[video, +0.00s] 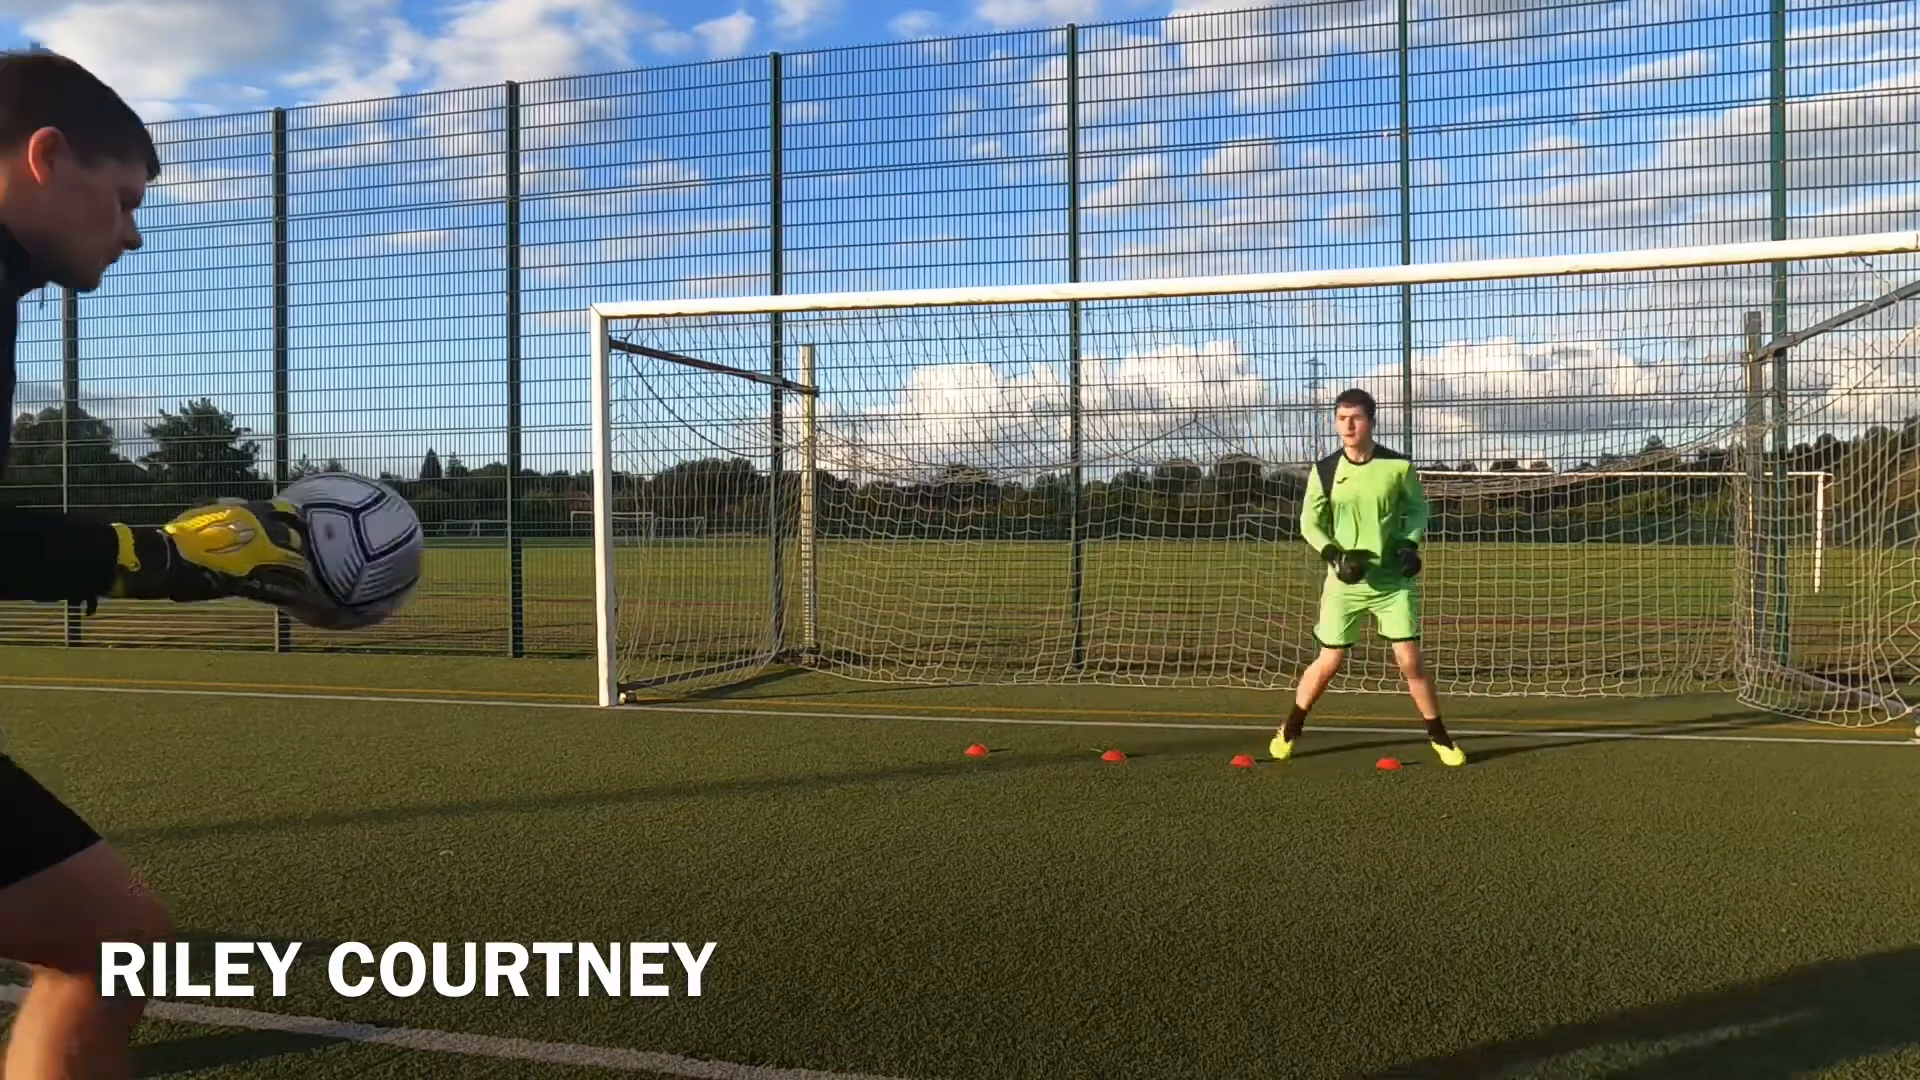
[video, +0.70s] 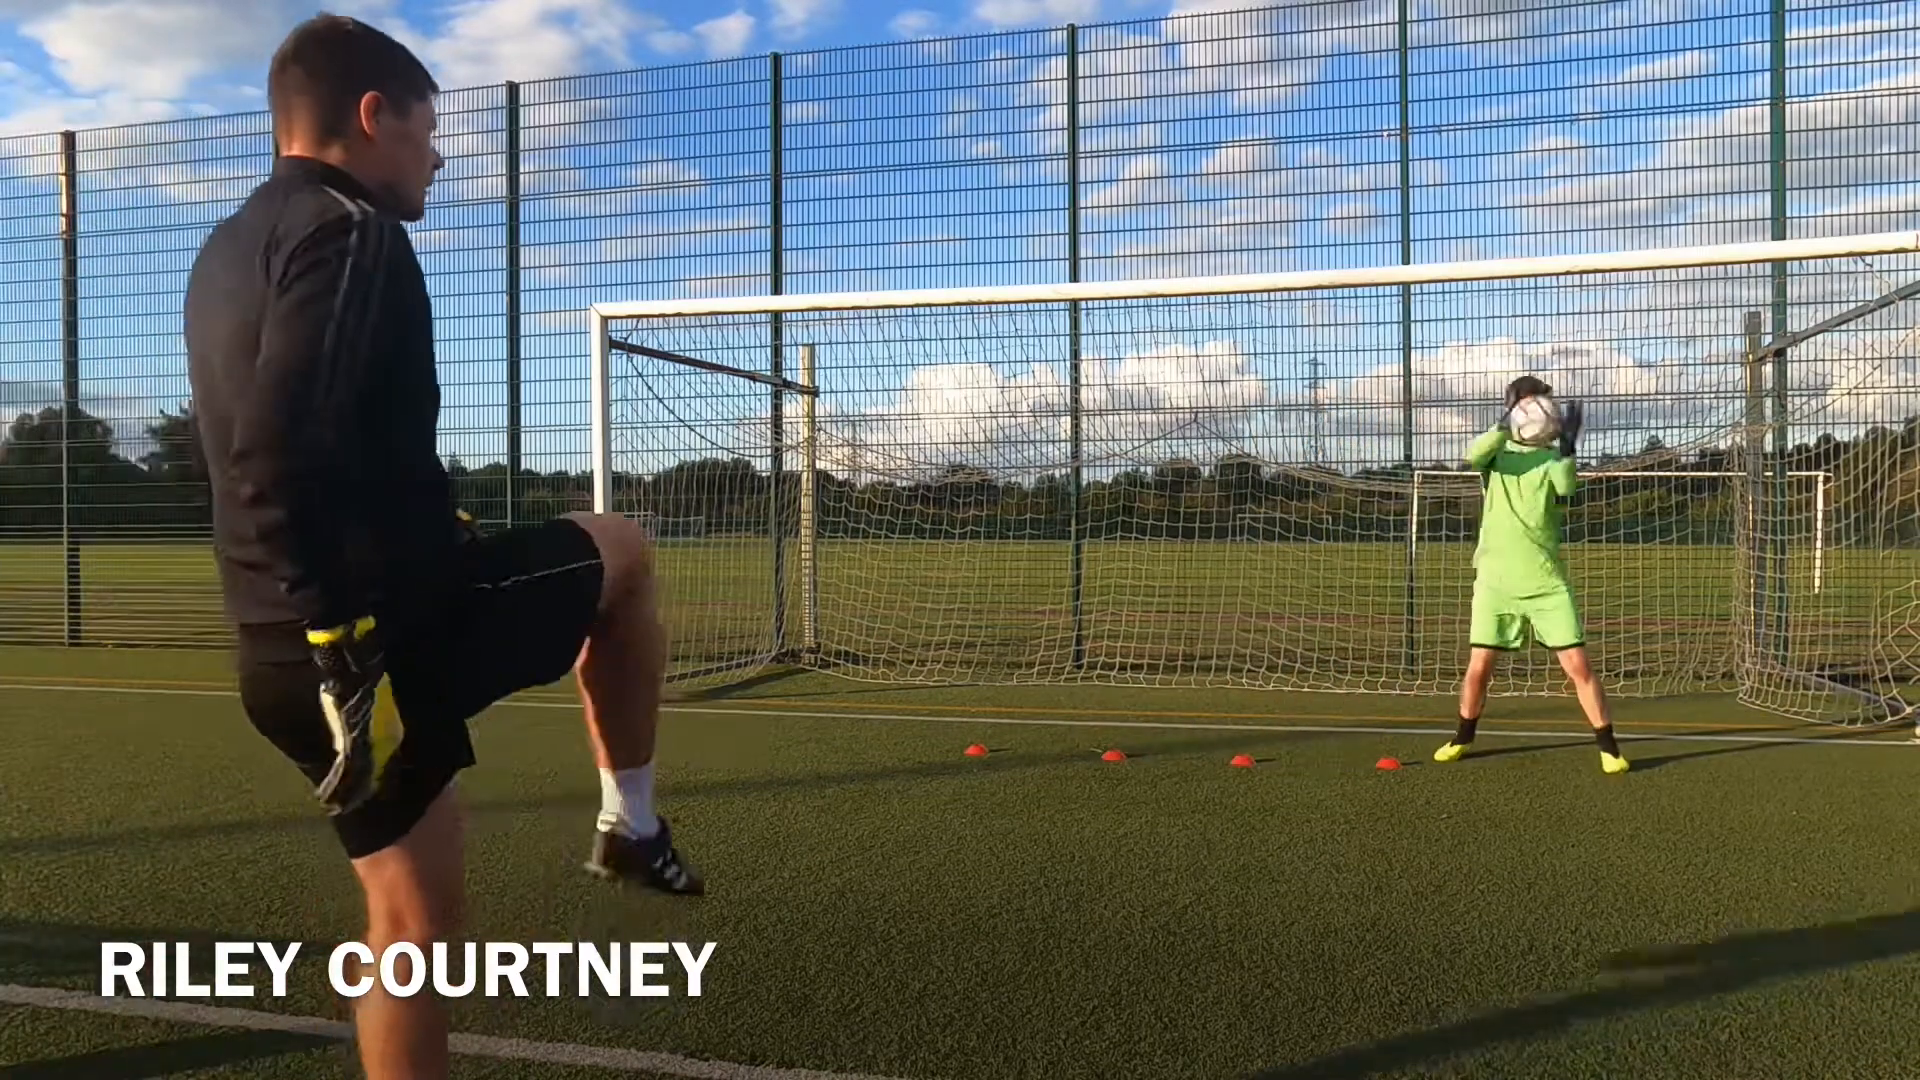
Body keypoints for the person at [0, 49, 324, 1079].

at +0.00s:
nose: (132, 237)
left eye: (137, 211)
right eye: (125, 201)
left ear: (39, 164)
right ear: (43, 159)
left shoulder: (6, 294)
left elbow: (10, 544)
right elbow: (12, 547)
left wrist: (158, 560)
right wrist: (152, 554)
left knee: (106, 938)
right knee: (110, 937)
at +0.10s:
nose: (224, 230)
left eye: (230, 207)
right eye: (220, 197)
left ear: (127, 160)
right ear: (149, 156)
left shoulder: (39, 247)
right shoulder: (96, 260)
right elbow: (64, 485)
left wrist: (229, 585)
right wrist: (212, 567)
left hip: (31, 722)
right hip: (31, 726)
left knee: (218, 963)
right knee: (223, 959)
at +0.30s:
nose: (362, 255)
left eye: (368, 231)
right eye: (361, 222)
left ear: (282, 183)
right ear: (303, 180)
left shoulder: (203, 266)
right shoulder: (221, 268)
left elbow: (55, 459)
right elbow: (81, 451)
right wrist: (122, 676)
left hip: (273, 684)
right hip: (242, 699)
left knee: (402, 926)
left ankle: (354, 1062)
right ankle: (339, 1061)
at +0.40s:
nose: (406, 245)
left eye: (413, 222)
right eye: (406, 211)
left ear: (311, 172)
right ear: (349, 171)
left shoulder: (236, 248)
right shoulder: (274, 243)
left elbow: (105, 408)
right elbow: (89, 395)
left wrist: (109, 619)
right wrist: (103, 596)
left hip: (215, 672)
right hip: (311, 651)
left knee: (377, 925)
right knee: (572, 730)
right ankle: (701, 926)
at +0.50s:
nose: (432, 219)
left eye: (434, 196)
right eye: (426, 189)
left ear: (339, 164)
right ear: (368, 162)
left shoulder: (272, 242)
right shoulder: (308, 235)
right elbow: (129, 369)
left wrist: (154, 579)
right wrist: (148, 556)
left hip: (252, 661)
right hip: (336, 643)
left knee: (406, 923)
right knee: (598, 613)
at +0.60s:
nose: (436, 197)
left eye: (437, 172)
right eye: (430, 168)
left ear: (324, 154)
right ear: (371, 146)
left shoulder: (233, 258)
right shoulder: (331, 238)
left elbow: (339, 463)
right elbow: (200, 421)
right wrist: (231, 613)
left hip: (311, 663)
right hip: (394, 632)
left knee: (422, 916)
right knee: (601, 516)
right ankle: (700, 725)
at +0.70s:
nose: (438, 153)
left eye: (438, 129)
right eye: (427, 125)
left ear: (302, 126)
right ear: (367, 116)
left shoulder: (228, 249)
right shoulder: (349, 231)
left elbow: (227, 460)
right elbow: (282, 446)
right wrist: (344, 655)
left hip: (290, 649)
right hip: (387, 631)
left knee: (410, 929)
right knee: (620, 552)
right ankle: (636, 826)